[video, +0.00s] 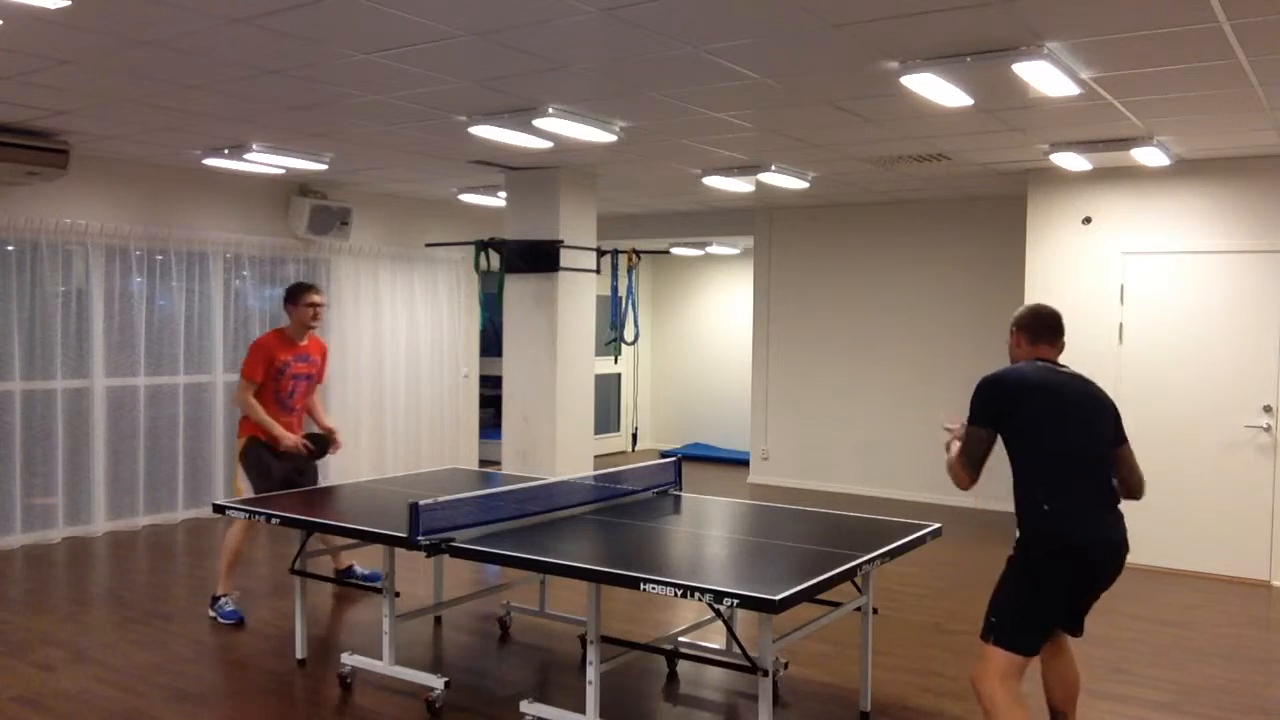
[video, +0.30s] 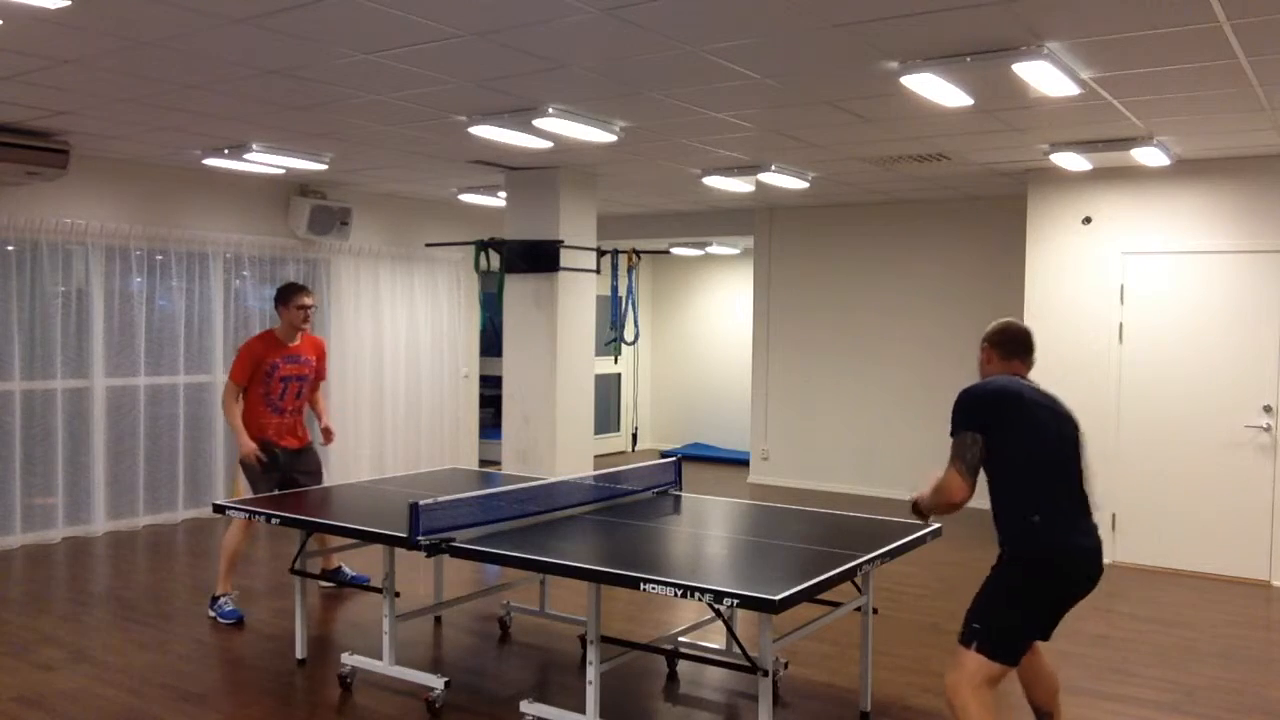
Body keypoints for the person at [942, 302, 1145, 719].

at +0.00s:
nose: (1009, 349)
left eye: (1010, 342)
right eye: (1010, 342)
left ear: (1017, 340)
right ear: (1060, 345)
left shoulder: (1000, 385)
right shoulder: (1093, 394)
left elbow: (964, 476)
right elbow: (1133, 487)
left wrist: (955, 445)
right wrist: (1087, 468)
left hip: (1048, 544)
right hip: (1107, 545)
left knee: (993, 676)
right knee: (1054, 637)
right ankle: (1063, 716)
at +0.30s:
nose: (981, 364)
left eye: (981, 357)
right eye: (982, 358)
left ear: (987, 356)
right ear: (1027, 361)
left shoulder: (980, 397)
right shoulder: (1056, 409)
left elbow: (957, 491)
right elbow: (1065, 487)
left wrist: (925, 504)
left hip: (1033, 557)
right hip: (1084, 556)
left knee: (966, 683)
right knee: (1023, 645)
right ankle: (1050, 713)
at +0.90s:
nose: (887, 357)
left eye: (887, 347)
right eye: (887, 348)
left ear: (901, 348)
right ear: (943, 345)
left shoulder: (894, 417)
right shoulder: (1005, 393)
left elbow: (902, 531)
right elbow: (1063, 482)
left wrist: (934, 502)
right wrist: (1008, 505)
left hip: (976, 576)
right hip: (1048, 567)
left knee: (905, 701)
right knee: (1027, 666)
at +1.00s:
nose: (899, 356)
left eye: (900, 344)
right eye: (899, 345)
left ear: (915, 346)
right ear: (956, 345)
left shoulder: (906, 410)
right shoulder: (1011, 392)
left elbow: (908, 518)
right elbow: (1052, 490)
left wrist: (949, 482)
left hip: (988, 570)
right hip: (1057, 562)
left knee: (913, 700)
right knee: (1030, 667)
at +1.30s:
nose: (907, 362)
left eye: (906, 351)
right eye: (907, 351)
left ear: (920, 349)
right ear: (962, 348)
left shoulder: (918, 408)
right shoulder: (1012, 393)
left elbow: (924, 526)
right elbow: (1047, 491)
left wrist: (903, 513)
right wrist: (953, 531)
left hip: (1001, 568)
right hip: (1065, 560)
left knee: (916, 700)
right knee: (1028, 668)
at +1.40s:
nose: (905, 369)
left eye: (904, 357)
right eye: (904, 358)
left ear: (917, 354)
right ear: (960, 352)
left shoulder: (912, 413)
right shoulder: (1014, 402)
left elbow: (916, 528)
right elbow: (1052, 506)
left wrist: (902, 545)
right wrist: (964, 529)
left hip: (987, 576)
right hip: (1054, 567)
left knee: (899, 701)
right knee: (1026, 675)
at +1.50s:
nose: (896, 369)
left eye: (896, 359)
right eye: (894, 360)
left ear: (906, 356)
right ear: (950, 354)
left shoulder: (897, 416)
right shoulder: (1005, 410)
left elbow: (900, 538)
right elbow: (1025, 507)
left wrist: (897, 553)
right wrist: (943, 526)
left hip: (968, 585)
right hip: (1037, 576)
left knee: (879, 706)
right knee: (1027, 684)